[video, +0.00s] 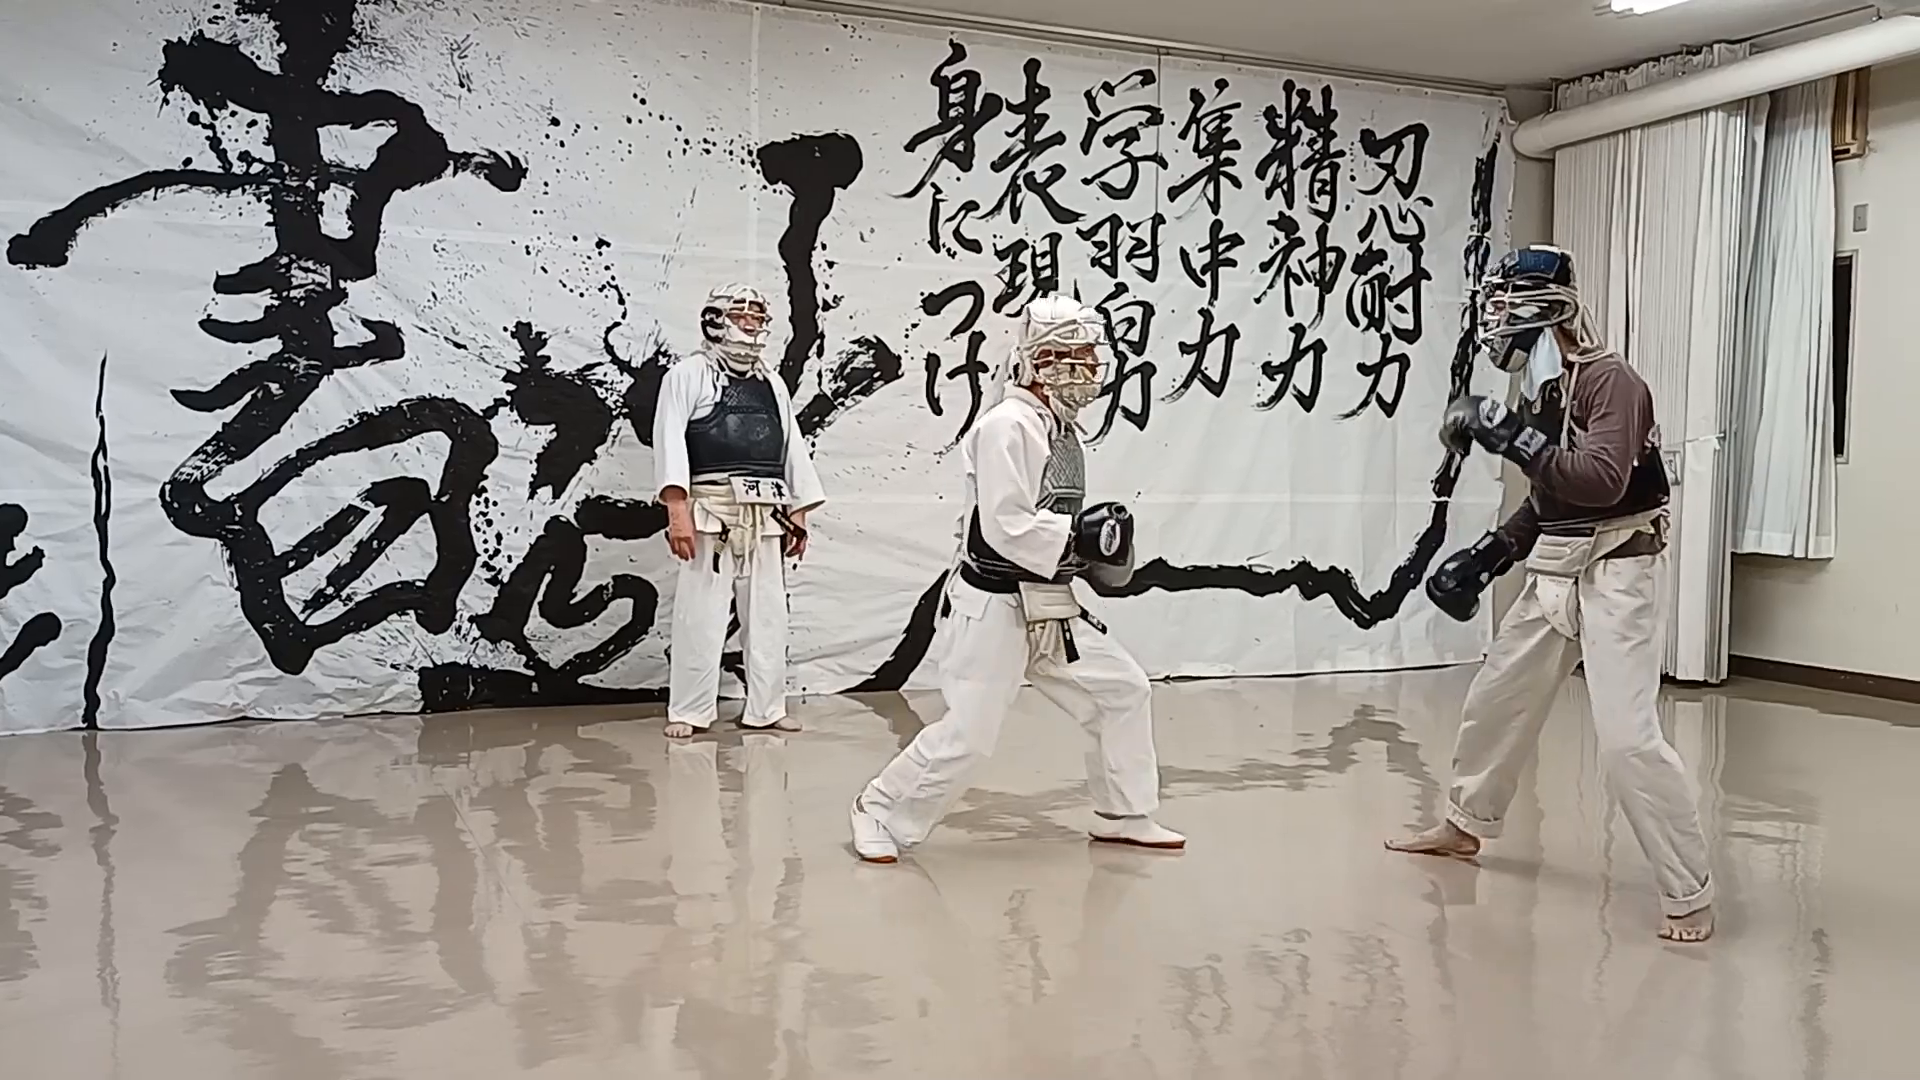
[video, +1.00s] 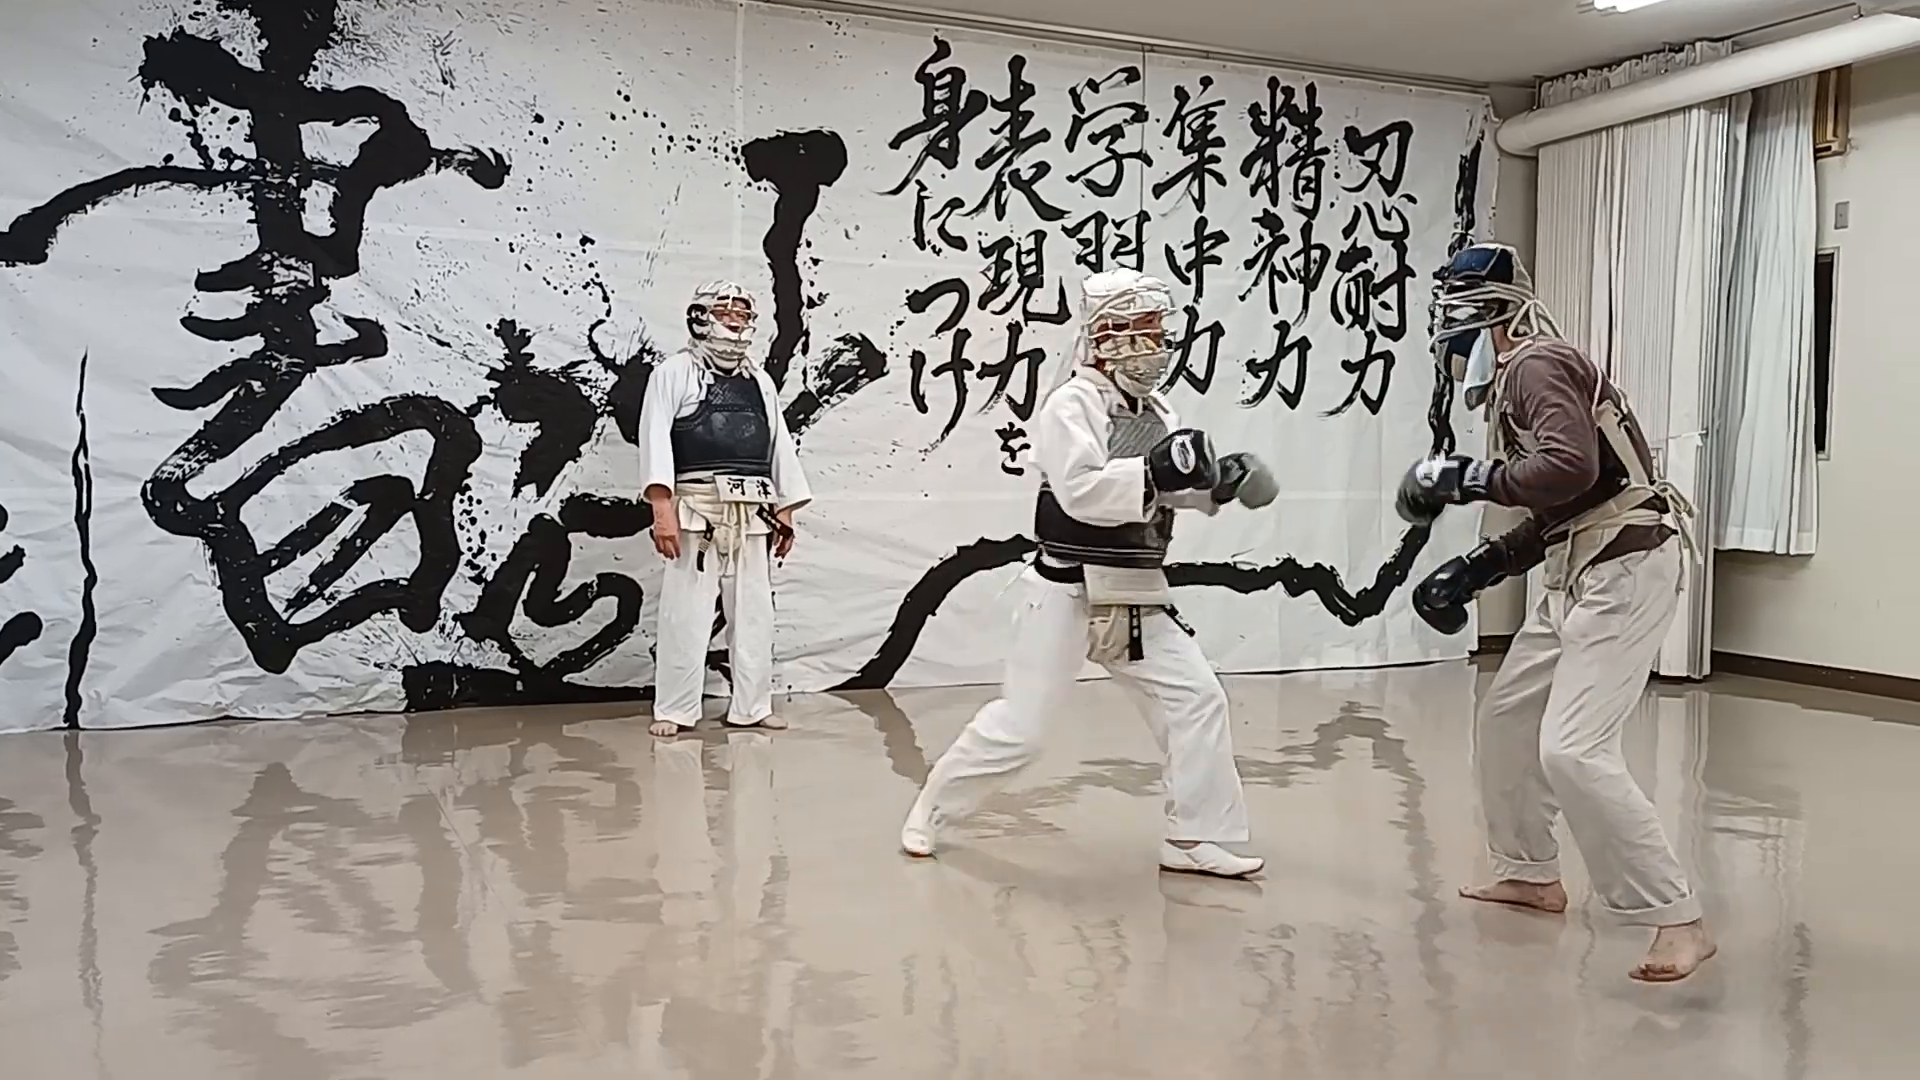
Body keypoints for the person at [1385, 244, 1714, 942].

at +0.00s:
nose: (1490, 318)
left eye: (1500, 305)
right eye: (1490, 305)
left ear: (1537, 309)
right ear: (1541, 310)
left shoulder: (1612, 381)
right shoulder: (1540, 397)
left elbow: (1604, 479)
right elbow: (1542, 501)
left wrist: (1517, 440)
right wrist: (1485, 558)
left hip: (1621, 560)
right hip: (1553, 558)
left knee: (1627, 735)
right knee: (1496, 695)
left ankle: (1687, 893)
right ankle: (1464, 827)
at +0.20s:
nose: (1493, 313)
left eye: (1503, 300)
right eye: (1493, 301)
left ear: (1543, 303)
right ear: (1541, 306)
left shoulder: (1615, 357)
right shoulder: (1542, 372)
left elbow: (1576, 456)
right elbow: (1567, 479)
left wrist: (1517, 382)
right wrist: (1497, 504)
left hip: (1642, 544)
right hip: (1571, 547)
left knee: (1623, 723)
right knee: (1522, 706)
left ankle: (1695, 876)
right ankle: (1542, 852)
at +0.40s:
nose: (1516, 336)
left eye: (1528, 321)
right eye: (1513, 322)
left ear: (1570, 319)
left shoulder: (1633, 373)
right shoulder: (1557, 395)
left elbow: (1579, 474)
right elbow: (1575, 506)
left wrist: (1517, 398)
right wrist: (1493, 533)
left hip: (1662, 571)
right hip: (1588, 572)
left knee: (1662, 747)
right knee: (1527, 721)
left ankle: (1733, 926)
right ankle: (1537, 855)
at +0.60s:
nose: (1496, 302)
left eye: (1504, 286)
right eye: (1496, 287)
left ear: (1537, 283)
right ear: (1547, 283)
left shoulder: (1608, 340)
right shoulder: (1557, 368)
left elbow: (1632, 453)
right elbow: (1590, 474)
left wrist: (1522, 464)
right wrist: (1557, 553)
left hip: (1666, 540)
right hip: (1601, 547)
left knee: (1668, 735)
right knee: (1541, 704)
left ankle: (1734, 925)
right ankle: (1546, 865)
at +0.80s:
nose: (1458, 337)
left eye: (1465, 320)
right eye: (1455, 321)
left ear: (1501, 313)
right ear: (1511, 315)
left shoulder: (1552, 356)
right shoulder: (1531, 385)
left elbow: (1618, 448)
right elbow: (1568, 488)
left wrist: (1543, 519)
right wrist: (1533, 566)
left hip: (1643, 552)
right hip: (1586, 563)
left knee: (1625, 754)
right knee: (1528, 713)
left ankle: (1727, 910)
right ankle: (1541, 878)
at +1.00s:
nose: (1446, 331)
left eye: (1454, 316)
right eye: (1444, 315)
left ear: (1489, 314)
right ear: (1503, 313)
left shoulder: (1536, 364)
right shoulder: (1513, 386)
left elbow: (1570, 469)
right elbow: (1558, 517)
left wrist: (1463, 478)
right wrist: (1474, 570)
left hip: (1631, 558)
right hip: (1576, 567)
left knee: (1574, 746)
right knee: (1507, 713)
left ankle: (1680, 922)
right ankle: (1533, 876)